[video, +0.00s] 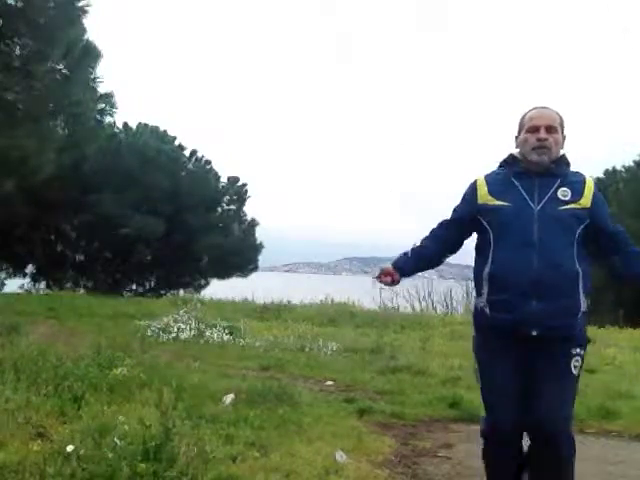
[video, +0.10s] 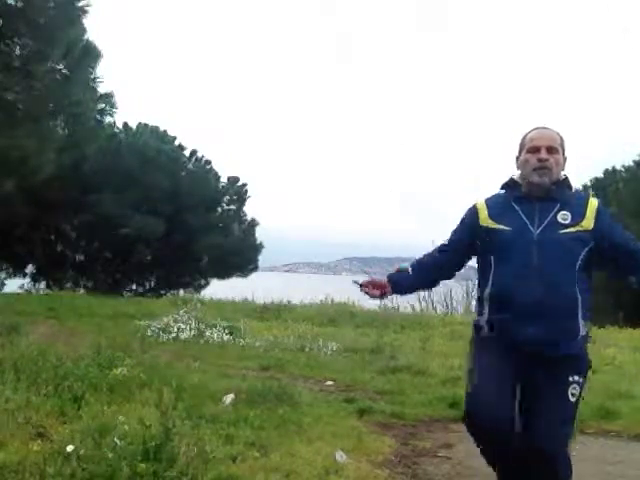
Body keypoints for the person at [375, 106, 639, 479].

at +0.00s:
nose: (542, 136)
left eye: (550, 130)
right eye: (533, 130)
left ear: (562, 140)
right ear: (518, 140)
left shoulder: (584, 192)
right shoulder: (486, 189)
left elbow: (620, 250)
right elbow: (446, 237)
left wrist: (638, 273)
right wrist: (401, 266)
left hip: (560, 333)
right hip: (498, 330)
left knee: (553, 429)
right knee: (501, 428)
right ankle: (503, 476)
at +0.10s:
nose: (542, 156)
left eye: (551, 150)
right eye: (533, 150)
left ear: (564, 161)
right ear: (518, 160)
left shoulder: (590, 212)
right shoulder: (487, 211)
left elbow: (634, 258)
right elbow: (444, 260)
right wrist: (392, 283)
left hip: (561, 348)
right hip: (496, 345)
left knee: (547, 446)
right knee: (484, 419)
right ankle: (520, 470)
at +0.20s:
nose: (542, 146)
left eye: (551, 141)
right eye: (533, 140)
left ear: (562, 153)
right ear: (518, 151)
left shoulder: (584, 202)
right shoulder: (490, 205)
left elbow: (614, 245)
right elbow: (468, 264)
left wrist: (628, 281)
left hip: (559, 340)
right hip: (497, 337)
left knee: (549, 443)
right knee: (478, 397)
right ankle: (500, 474)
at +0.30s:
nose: (541, 130)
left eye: (550, 125)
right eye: (532, 124)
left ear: (562, 134)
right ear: (517, 133)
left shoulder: (574, 169)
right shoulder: (496, 177)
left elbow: (570, 209)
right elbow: (496, 247)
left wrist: (502, 241)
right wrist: (573, 270)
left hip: (553, 311)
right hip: (499, 310)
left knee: (546, 416)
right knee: (492, 400)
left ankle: (542, 473)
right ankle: (499, 473)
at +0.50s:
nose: (534, 157)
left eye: (542, 151)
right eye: (525, 151)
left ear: (553, 161)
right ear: (510, 160)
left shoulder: (571, 202)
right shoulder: (486, 208)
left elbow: (567, 254)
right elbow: (487, 270)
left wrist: (516, 251)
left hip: (553, 332)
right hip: (497, 334)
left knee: (558, 405)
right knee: (497, 433)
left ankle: (537, 468)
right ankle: (499, 473)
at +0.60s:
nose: (537, 135)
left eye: (546, 129)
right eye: (528, 128)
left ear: (558, 139)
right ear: (512, 138)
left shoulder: (579, 194)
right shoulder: (482, 192)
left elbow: (598, 254)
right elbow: (456, 250)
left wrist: (623, 295)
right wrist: (428, 299)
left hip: (559, 328)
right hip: (498, 329)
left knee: (551, 416)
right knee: (501, 431)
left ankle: (547, 475)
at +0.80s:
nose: (540, 158)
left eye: (548, 152)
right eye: (531, 152)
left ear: (560, 163)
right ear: (515, 162)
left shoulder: (585, 215)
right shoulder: (484, 215)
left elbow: (624, 263)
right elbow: (458, 269)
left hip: (558, 343)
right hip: (494, 340)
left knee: (545, 453)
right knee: (475, 398)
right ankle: (503, 461)